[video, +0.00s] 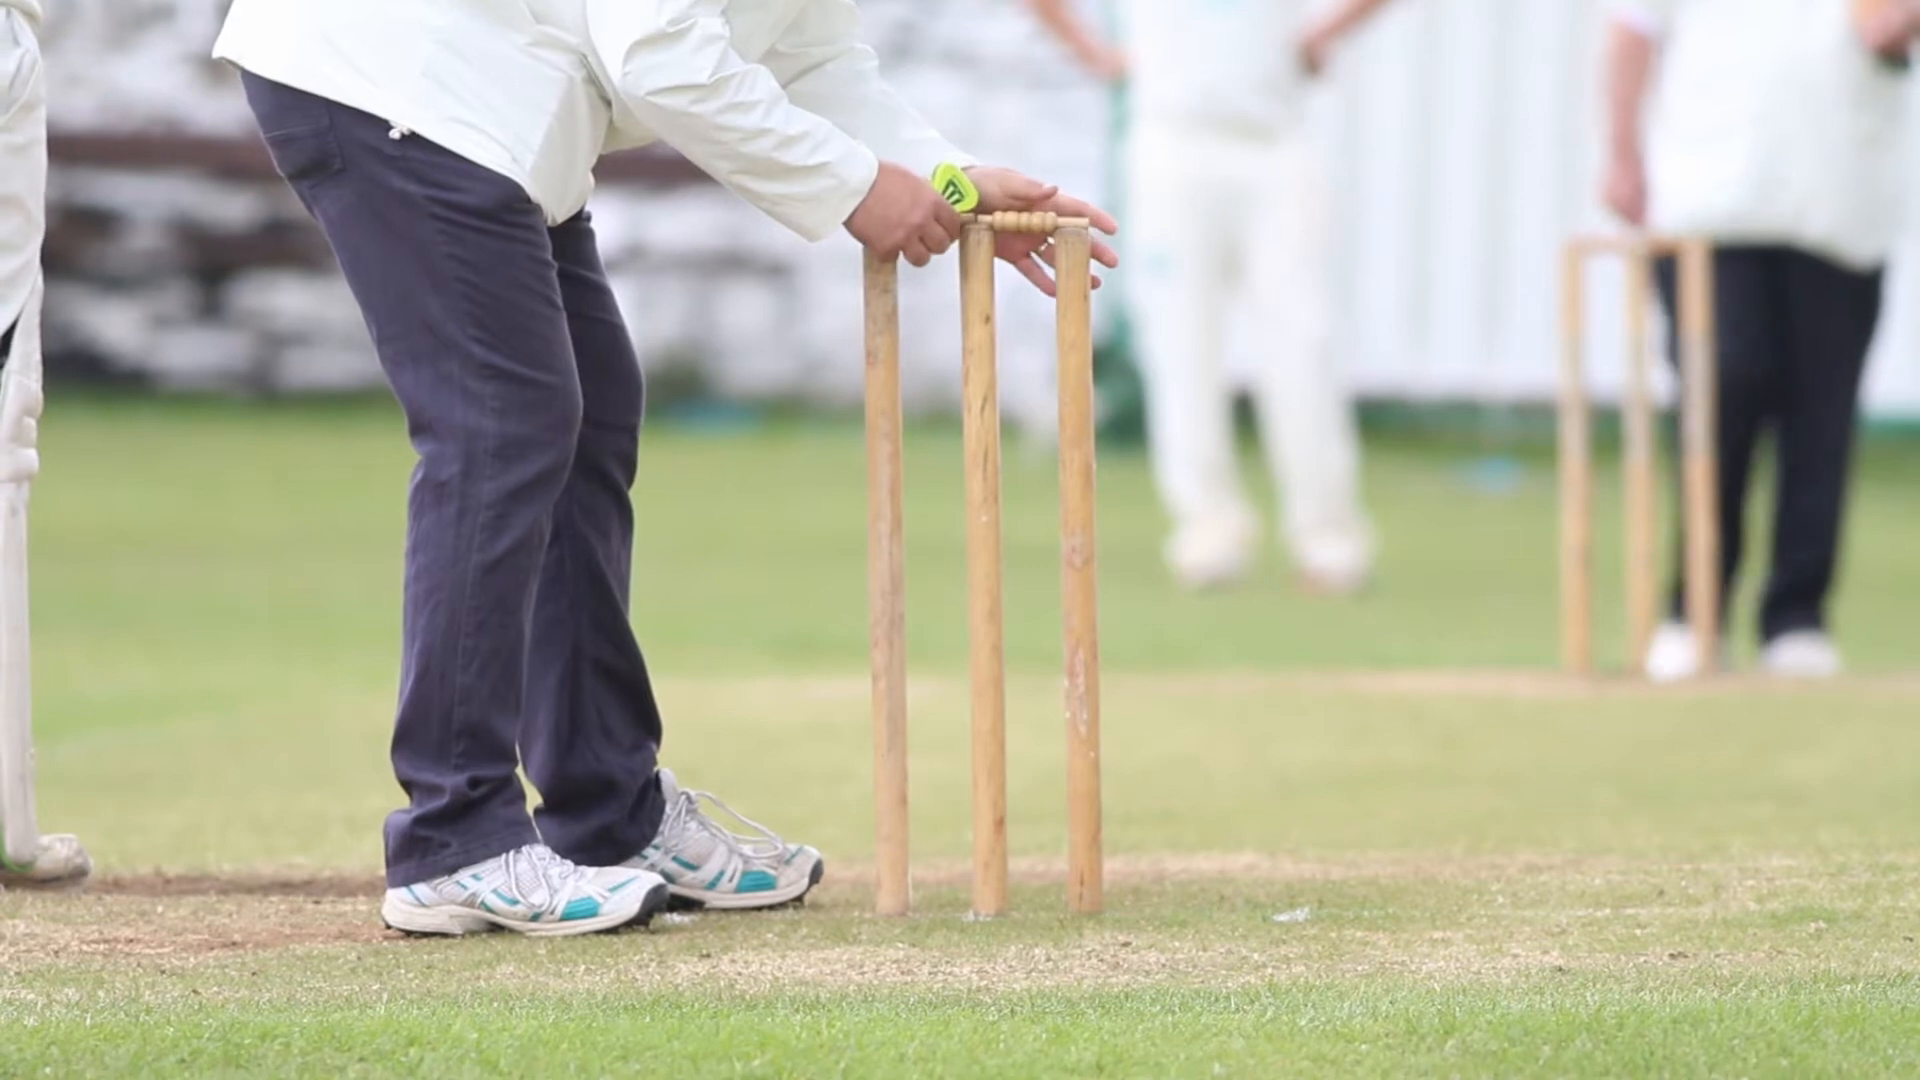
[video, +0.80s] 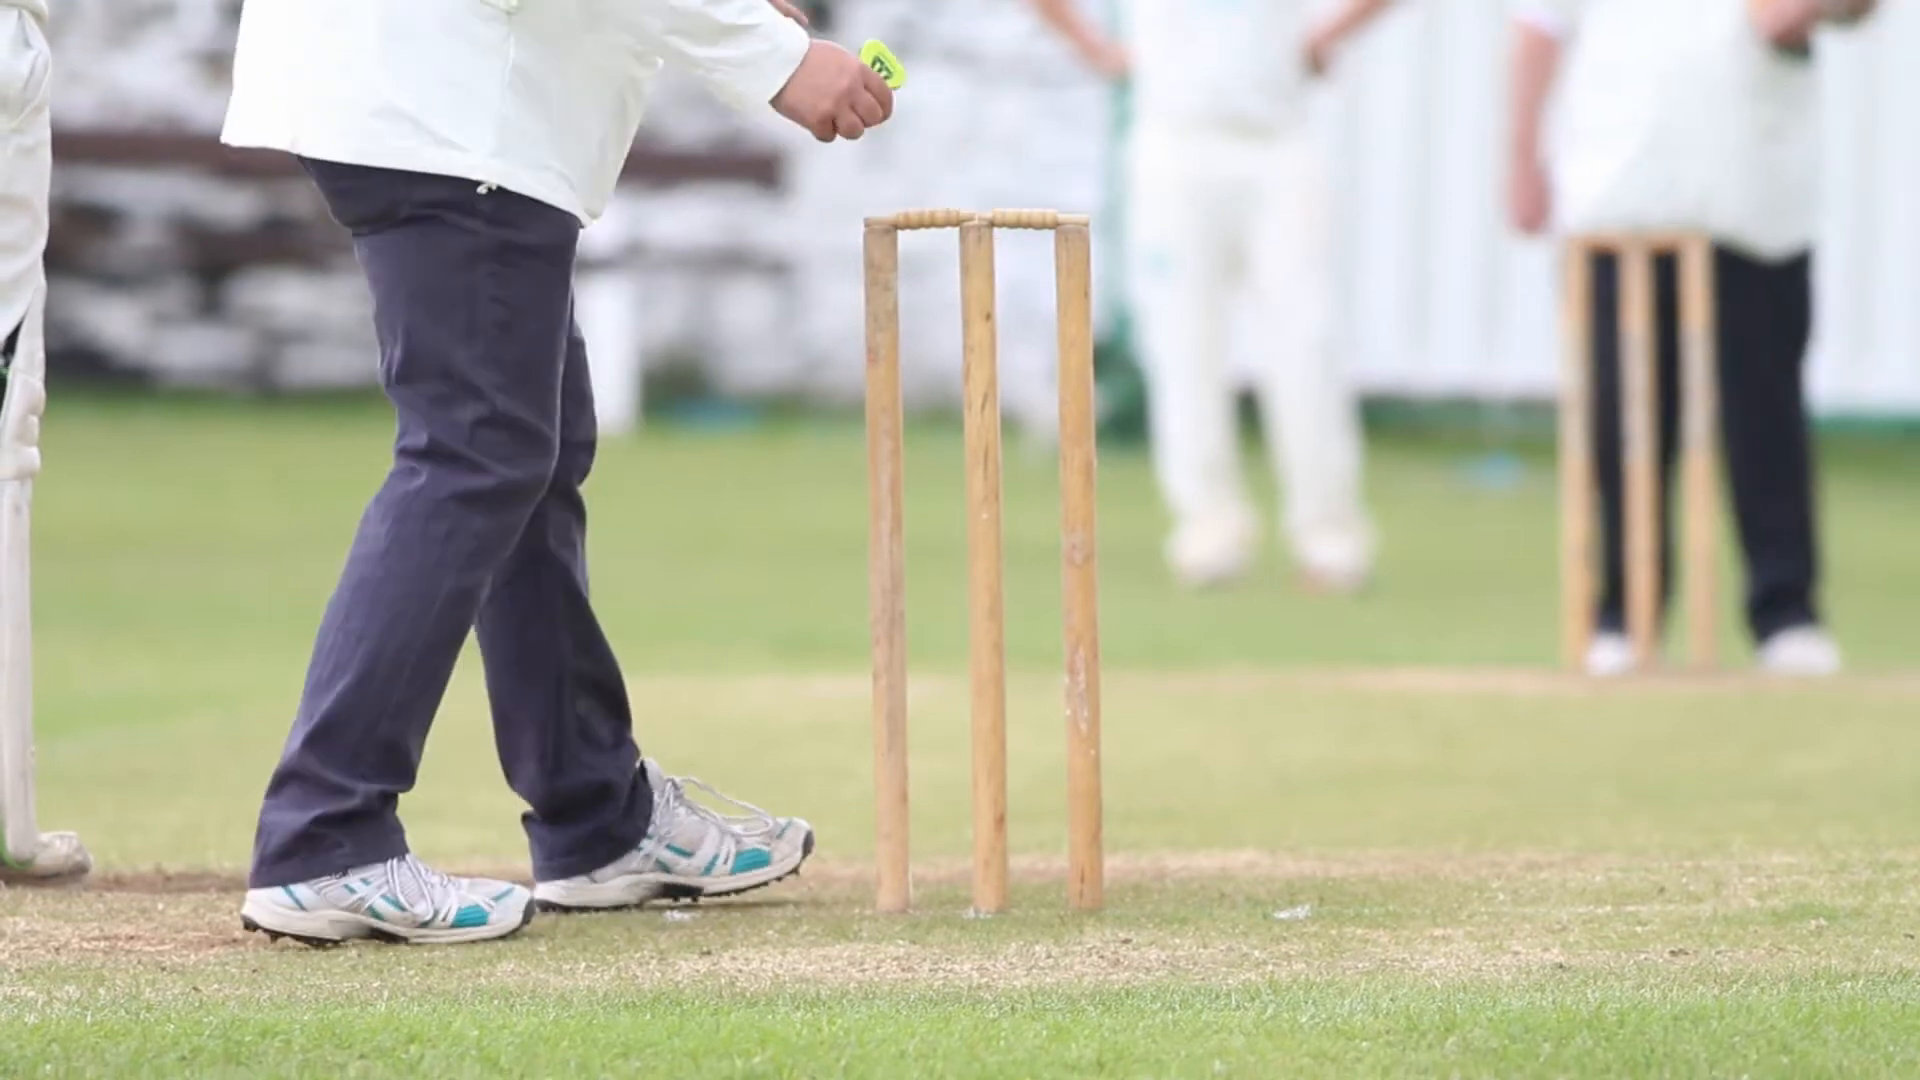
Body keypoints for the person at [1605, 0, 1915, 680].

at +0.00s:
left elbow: (1886, 28)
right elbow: (1633, 24)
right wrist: (1625, 158)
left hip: (1845, 197)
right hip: (1710, 191)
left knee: (1820, 431)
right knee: (1714, 420)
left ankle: (1796, 624)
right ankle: (1690, 622)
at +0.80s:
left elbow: (1862, 7)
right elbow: (1541, 20)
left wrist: (1813, 8)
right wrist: (1524, 158)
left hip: (1759, 189)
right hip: (1619, 186)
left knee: (1765, 418)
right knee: (1624, 422)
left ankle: (1787, 619)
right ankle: (1619, 623)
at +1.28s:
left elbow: (1842, 7)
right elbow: (1498, 6)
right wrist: (1472, 67)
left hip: (1736, 188)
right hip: (1597, 189)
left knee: (1757, 420)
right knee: (1614, 425)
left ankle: (1786, 621)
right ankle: (1615, 624)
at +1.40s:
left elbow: (1819, 12)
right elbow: (1517, 12)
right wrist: (1473, 6)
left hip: (1738, 201)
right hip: (1597, 200)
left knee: (1758, 428)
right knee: (1615, 428)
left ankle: (1786, 619)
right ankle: (1616, 623)